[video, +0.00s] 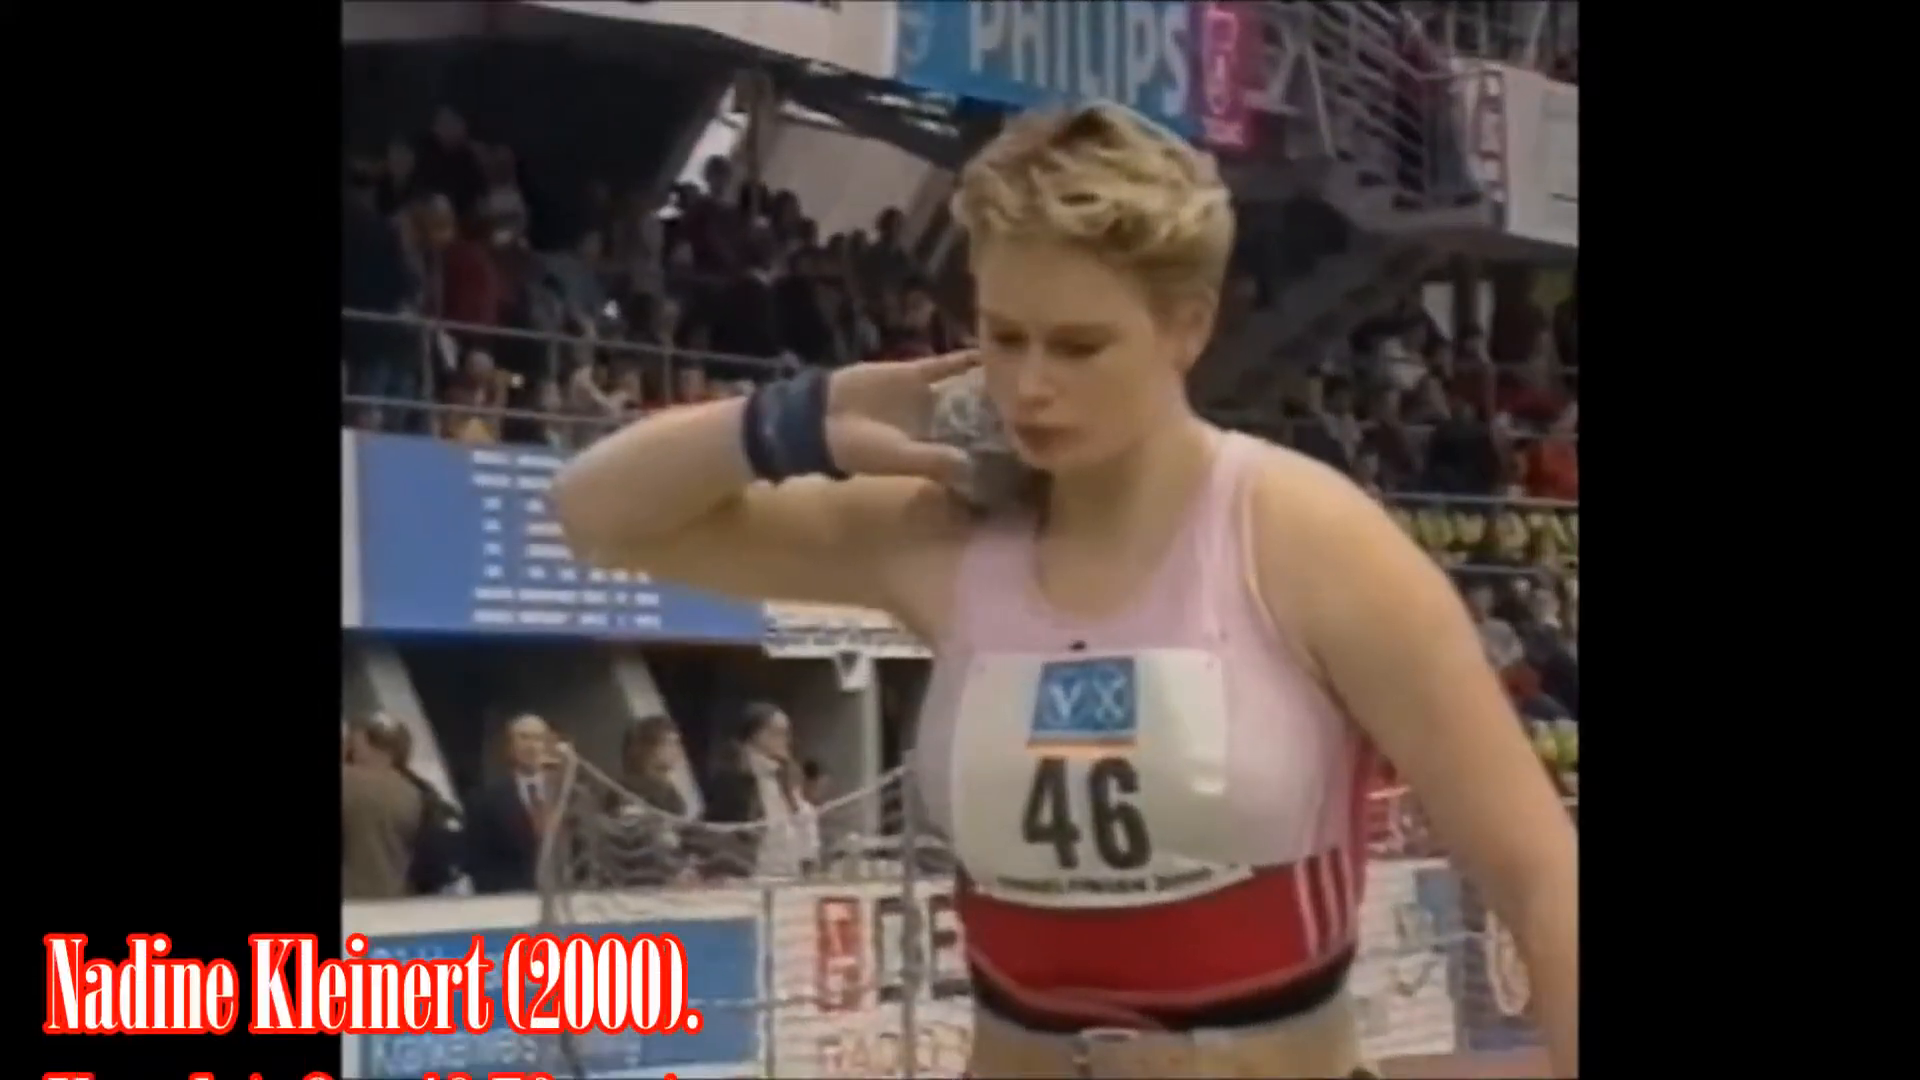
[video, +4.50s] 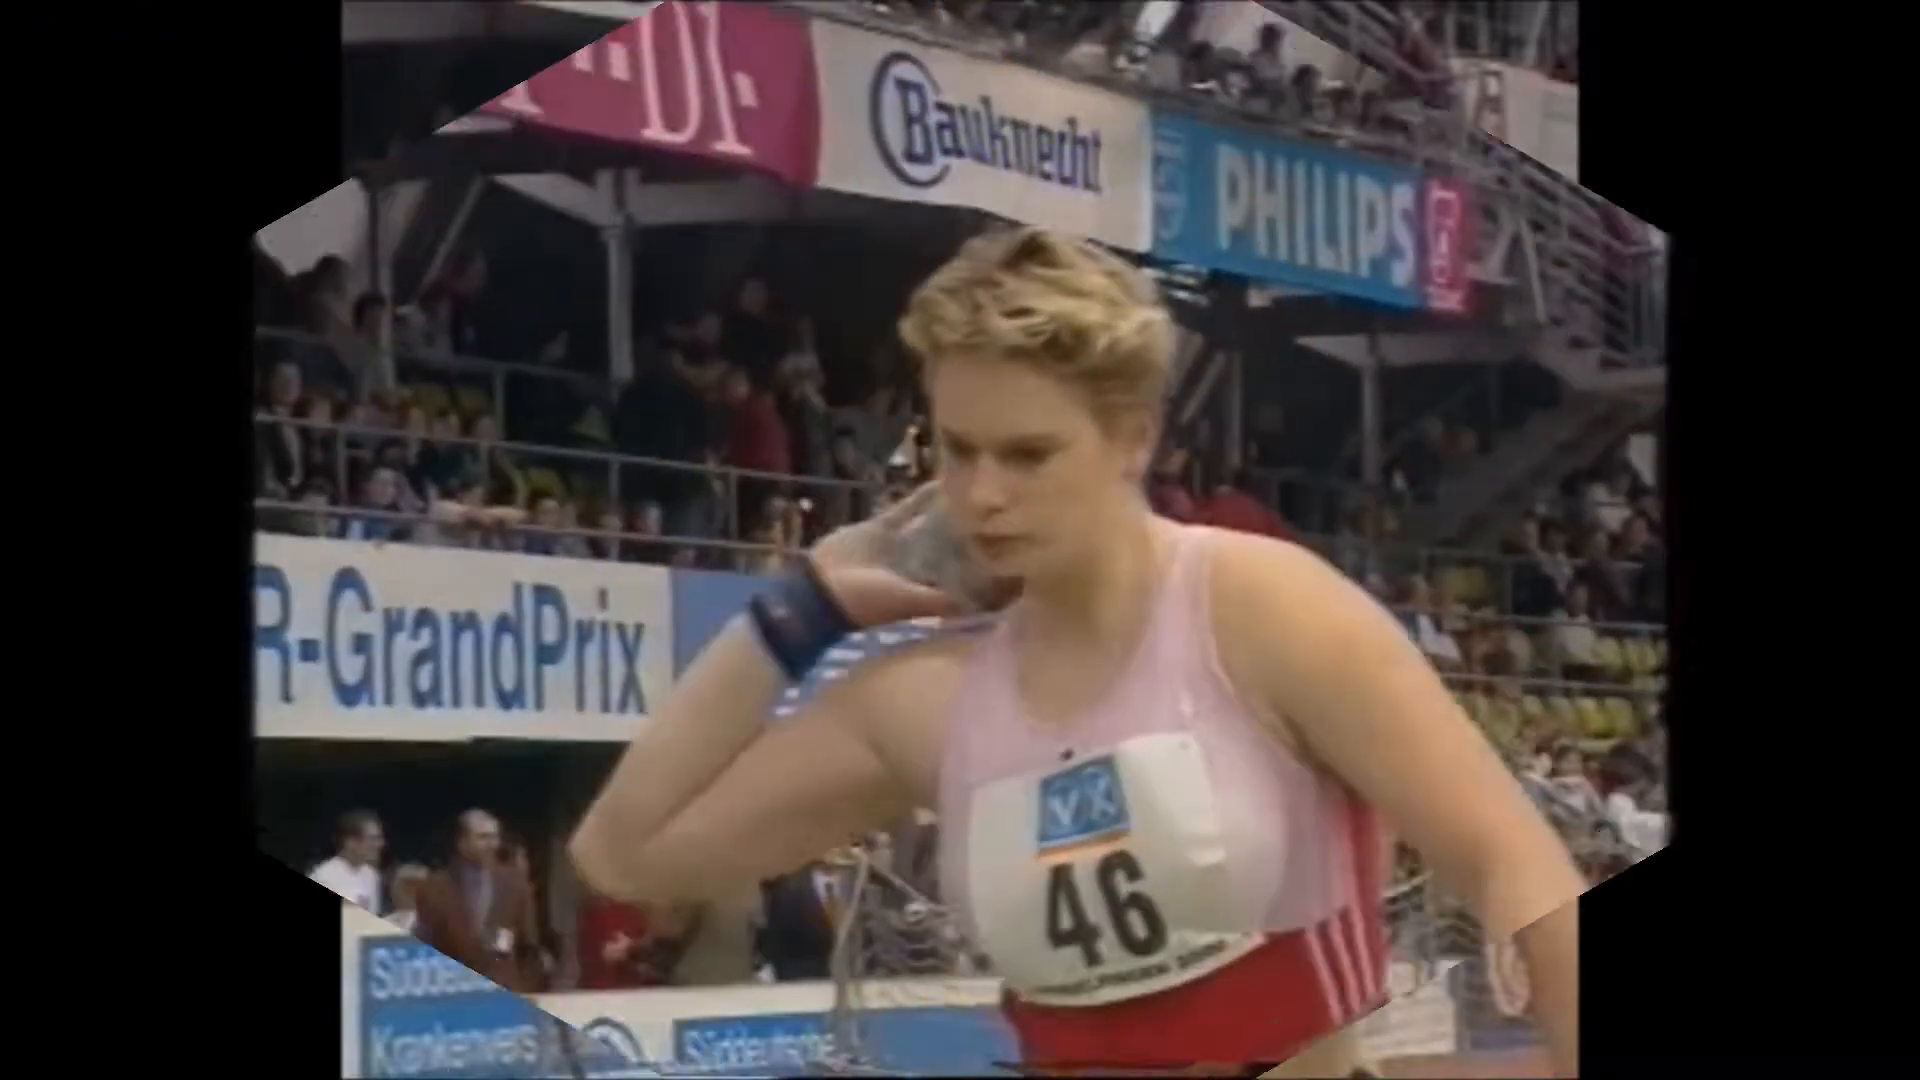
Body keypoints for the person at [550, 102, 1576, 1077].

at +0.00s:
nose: (1028, 387)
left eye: (1079, 344)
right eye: (1004, 339)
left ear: (1186, 328)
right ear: (974, 324)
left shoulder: (1304, 534)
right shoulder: (928, 534)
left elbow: (1539, 875)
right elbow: (598, 513)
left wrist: (1563, 1061)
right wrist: (813, 419)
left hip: (1268, 1055)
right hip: (1016, 1053)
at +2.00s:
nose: (1027, 387)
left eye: (1079, 344)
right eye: (1004, 338)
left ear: (1187, 327)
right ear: (973, 323)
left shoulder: (1301, 532)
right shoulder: (928, 534)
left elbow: (1538, 874)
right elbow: (608, 519)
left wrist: (1564, 1061)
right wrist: (812, 420)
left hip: (1272, 1055)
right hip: (1017, 1053)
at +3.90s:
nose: (1049, 381)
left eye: (1087, 344)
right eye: (1014, 338)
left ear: (1187, 326)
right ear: (970, 319)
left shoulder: (1312, 538)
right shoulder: (949, 539)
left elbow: (1539, 876)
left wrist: (1561, 1051)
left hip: (1269, 1050)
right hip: (1011, 1048)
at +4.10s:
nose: (835, 562)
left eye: (879, 513)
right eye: (802, 514)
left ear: (982, 481)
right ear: (771, 499)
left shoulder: (1149, 634)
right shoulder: (781, 743)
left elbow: (1410, 879)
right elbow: (560, 910)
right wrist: (608, 638)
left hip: (1221, 1067)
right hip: (946, 1064)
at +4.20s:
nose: (873, 549)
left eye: (914, 501)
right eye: (843, 503)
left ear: (1020, 475)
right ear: (813, 491)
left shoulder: (1178, 625)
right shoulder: (824, 735)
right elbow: (583, 953)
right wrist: (655, 653)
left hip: (1282, 1068)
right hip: (1006, 1073)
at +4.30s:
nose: (896, 534)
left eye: (939, 486)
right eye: (867, 490)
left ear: (1044, 459)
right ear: (835, 481)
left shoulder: (1193, 619)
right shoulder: (845, 723)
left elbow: (1521, 854)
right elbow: (591, 943)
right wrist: (702, 641)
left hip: (1281, 1058)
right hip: (1025, 1064)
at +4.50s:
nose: (981, 496)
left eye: (1027, 453)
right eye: (954, 453)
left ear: (1133, 439)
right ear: (929, 454)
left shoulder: (1260, 604)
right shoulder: (921, 705)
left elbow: (1519, 871)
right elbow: (623, 855)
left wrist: (1558, 1043)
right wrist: (801, 603)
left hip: (1315, 1052)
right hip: (1074, 1063)